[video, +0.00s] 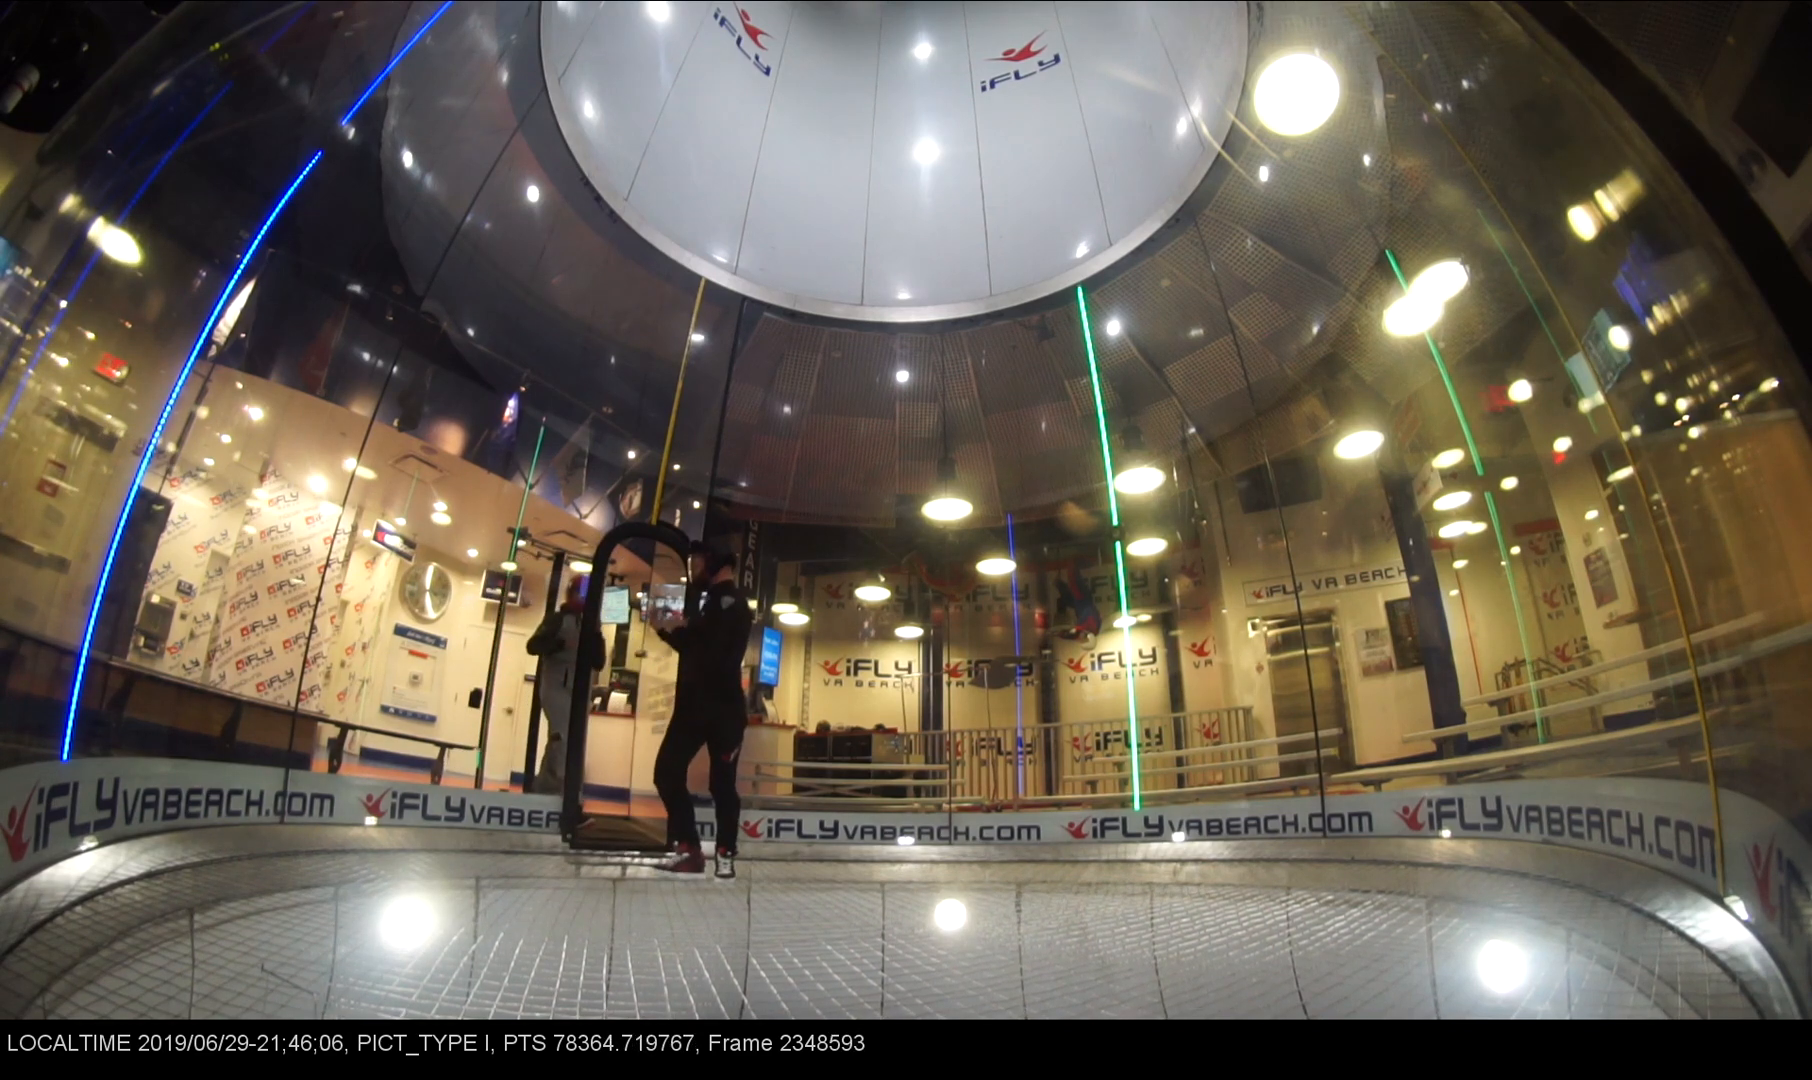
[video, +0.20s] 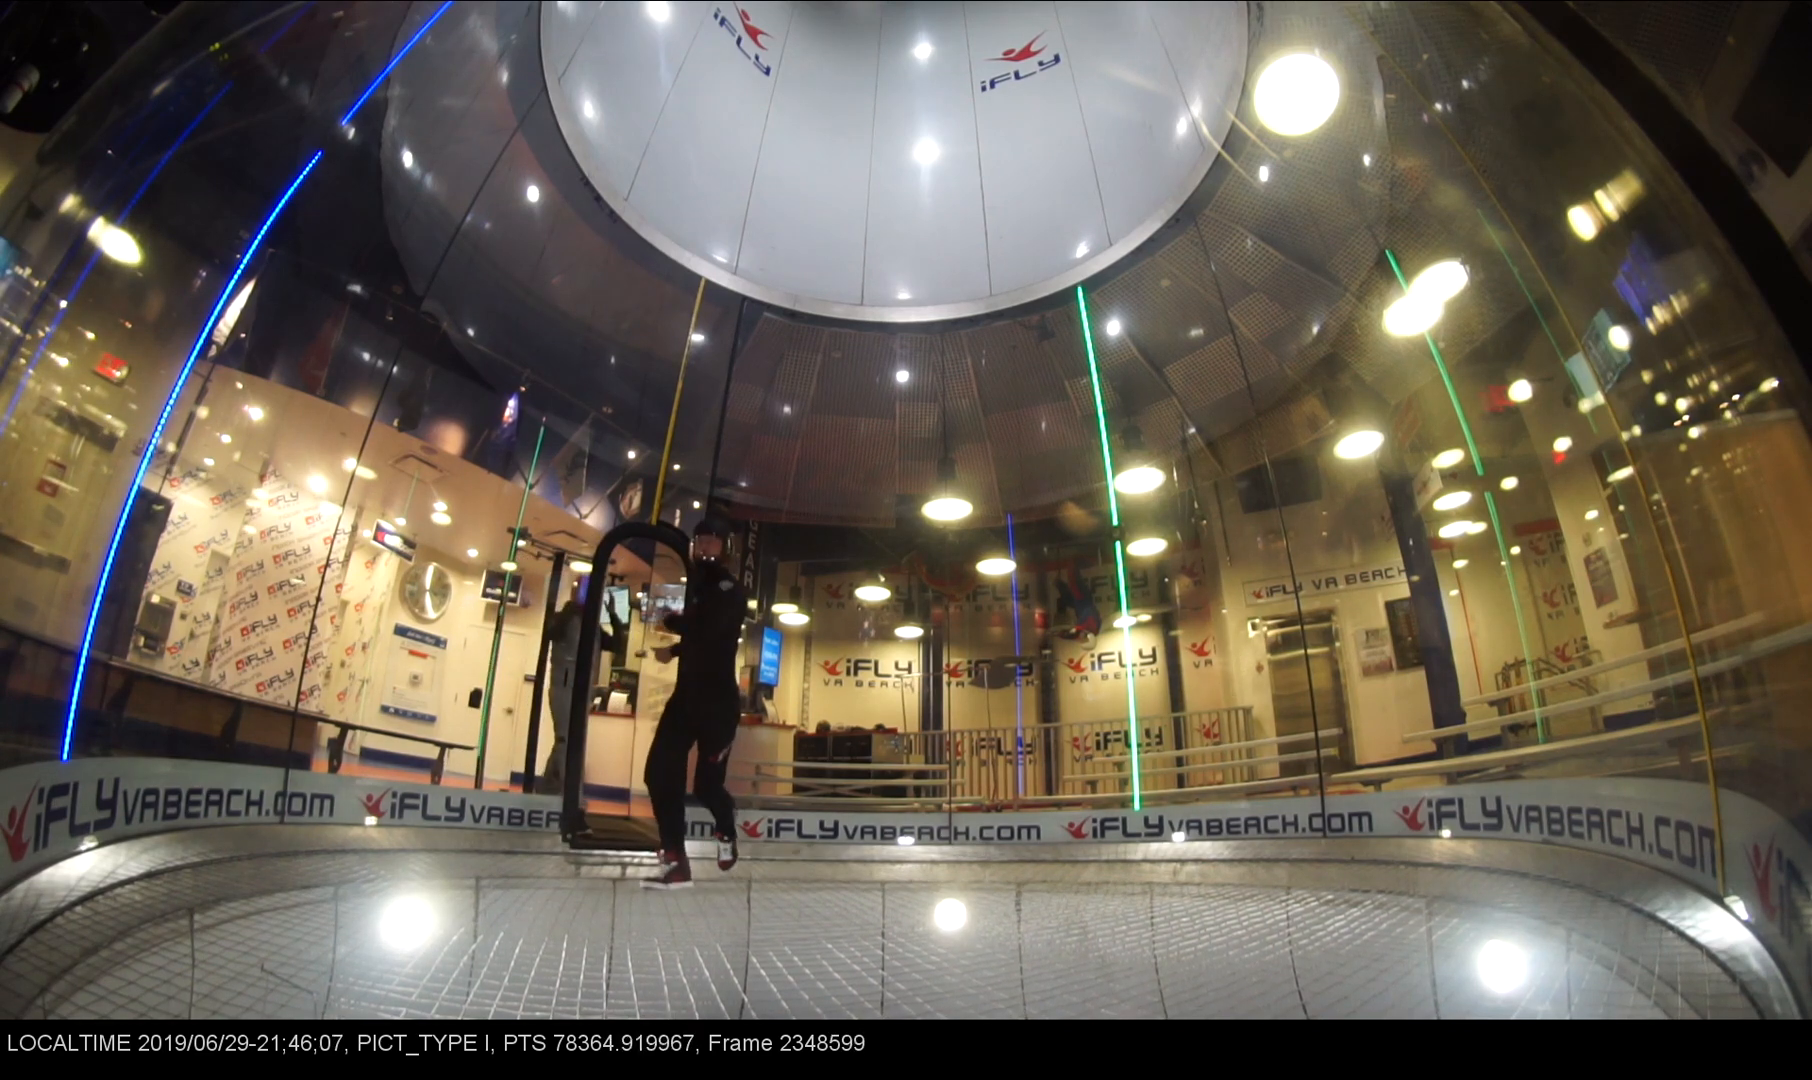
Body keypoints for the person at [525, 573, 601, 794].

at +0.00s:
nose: (583, 597)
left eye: (587, 593)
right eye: (579, 592)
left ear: (592, 596)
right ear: (570, 593)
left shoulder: (591, 623)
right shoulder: (557, 618)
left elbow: (598, 662)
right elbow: (533, 646)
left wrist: (594, 635)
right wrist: (556, 642)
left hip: (581, 690)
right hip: (555, 686)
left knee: (562, 737)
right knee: (561, 735)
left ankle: (545, 786)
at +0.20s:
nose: (588, 597)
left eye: (592, 592)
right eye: (585, 590)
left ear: (595, 596)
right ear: (575, 592)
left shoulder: (592, 625)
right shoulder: (563, 617)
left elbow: (618, 645)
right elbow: (552, 634)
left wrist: (614, 616)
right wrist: (570, 607)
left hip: (584, 688)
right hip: (562, 686)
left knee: (568, 739)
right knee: (565, 737)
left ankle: (548, 786)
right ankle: (573, 793)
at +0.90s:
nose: (624, 596)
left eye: (629, 591)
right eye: (621, 590)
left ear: (634, 596)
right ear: (610, 591)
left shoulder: (634, 623)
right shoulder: (597, 616)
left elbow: (649, 648)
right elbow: (587, 639)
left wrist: (641, 614)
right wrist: (604, 609)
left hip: (625, 681)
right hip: (598, 678)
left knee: (622, 749)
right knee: (590, 746)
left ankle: (626, 814)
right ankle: (580, 812)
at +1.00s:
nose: (630, 596)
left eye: (634, 591)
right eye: (626, 590)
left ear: (639, 595)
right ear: (616, 592)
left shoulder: (641, 623)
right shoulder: (600, 618)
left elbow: (652, 649)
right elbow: (591, 643)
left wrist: (645, 617)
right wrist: (610, 612)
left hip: (632, 681)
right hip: (603, 680)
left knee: (628, 751)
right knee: (597, 748)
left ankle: (626, 814)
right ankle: (583, 811)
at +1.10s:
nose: (634, 595)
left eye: (639, 590)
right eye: (629, 589)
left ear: (645, 595)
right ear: (620, 590)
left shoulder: (648, 624)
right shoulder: (604, 620)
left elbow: (657, 651)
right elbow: (595, 644)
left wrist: (647, 619)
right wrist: (613, 614)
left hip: (639, 687)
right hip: (608, 684)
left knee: (633, 757)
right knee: (604, 753)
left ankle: (626, 816)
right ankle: (585, 811)